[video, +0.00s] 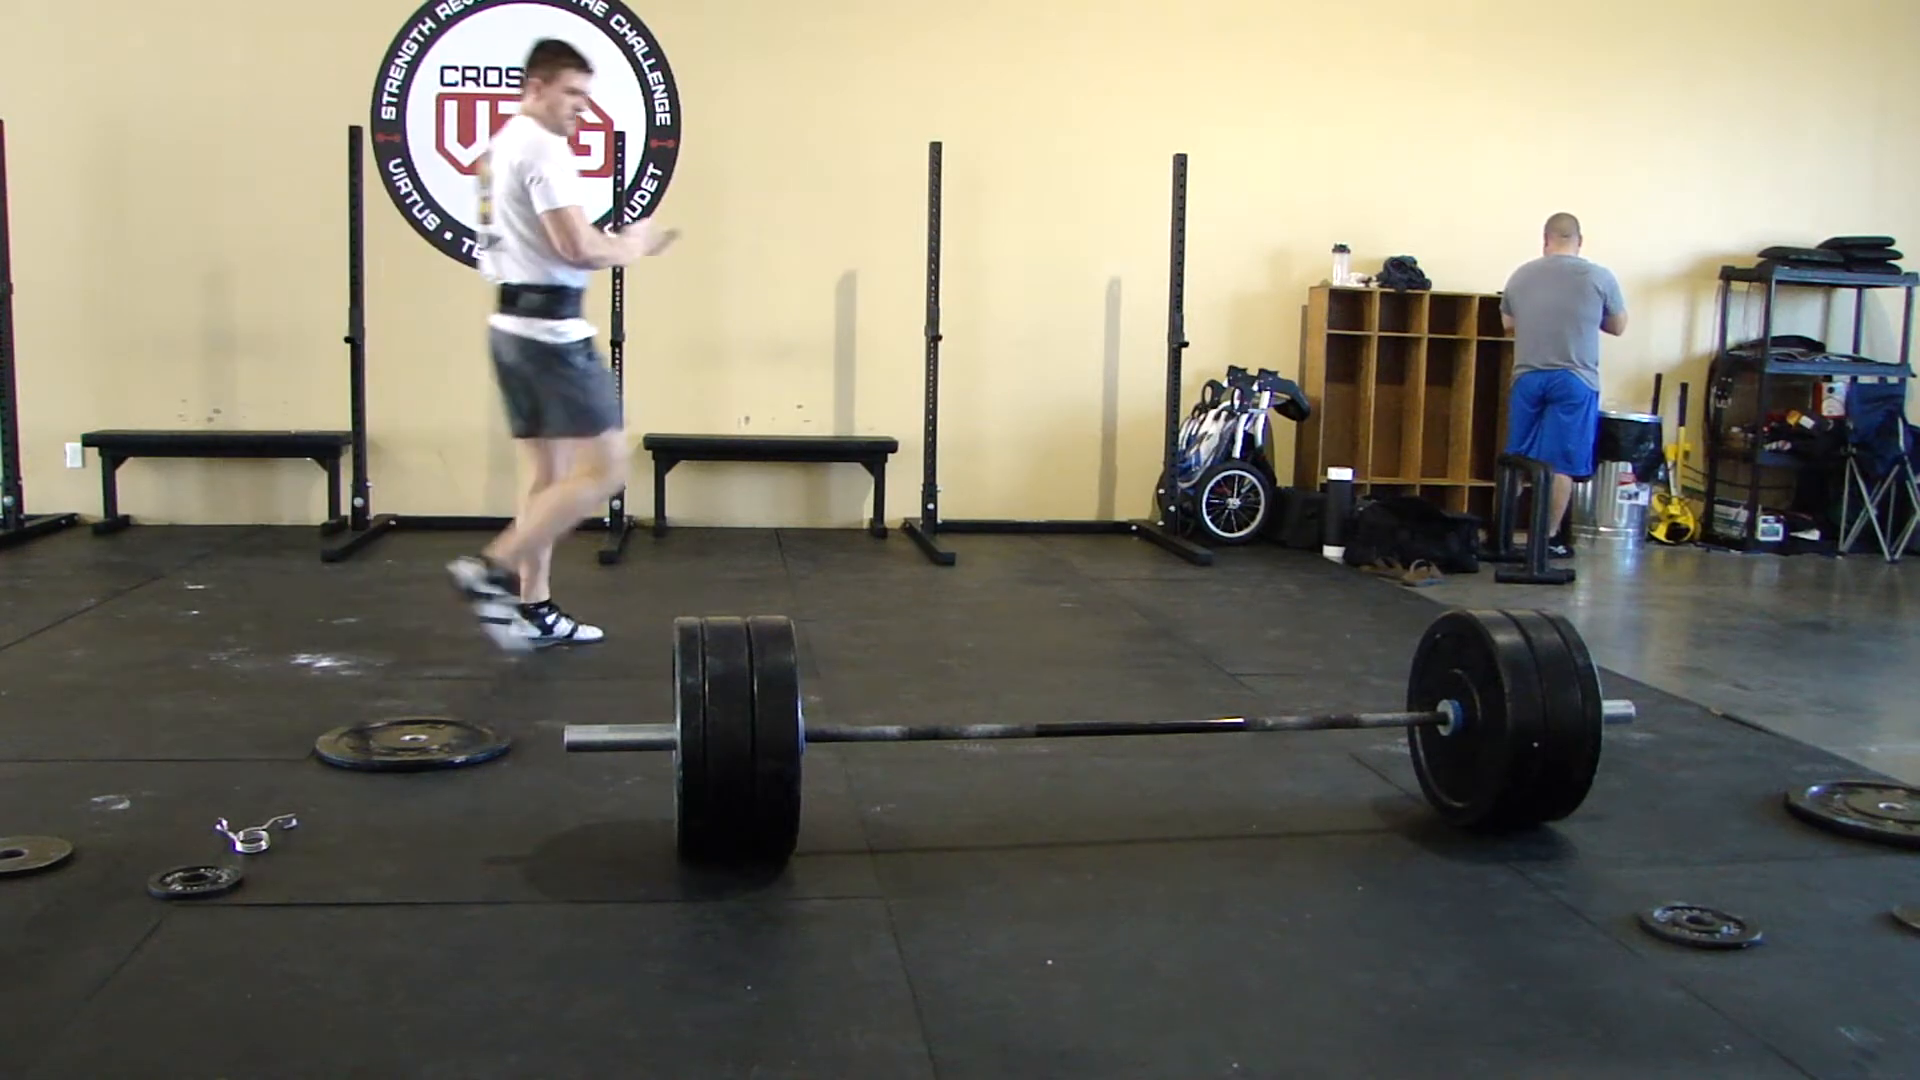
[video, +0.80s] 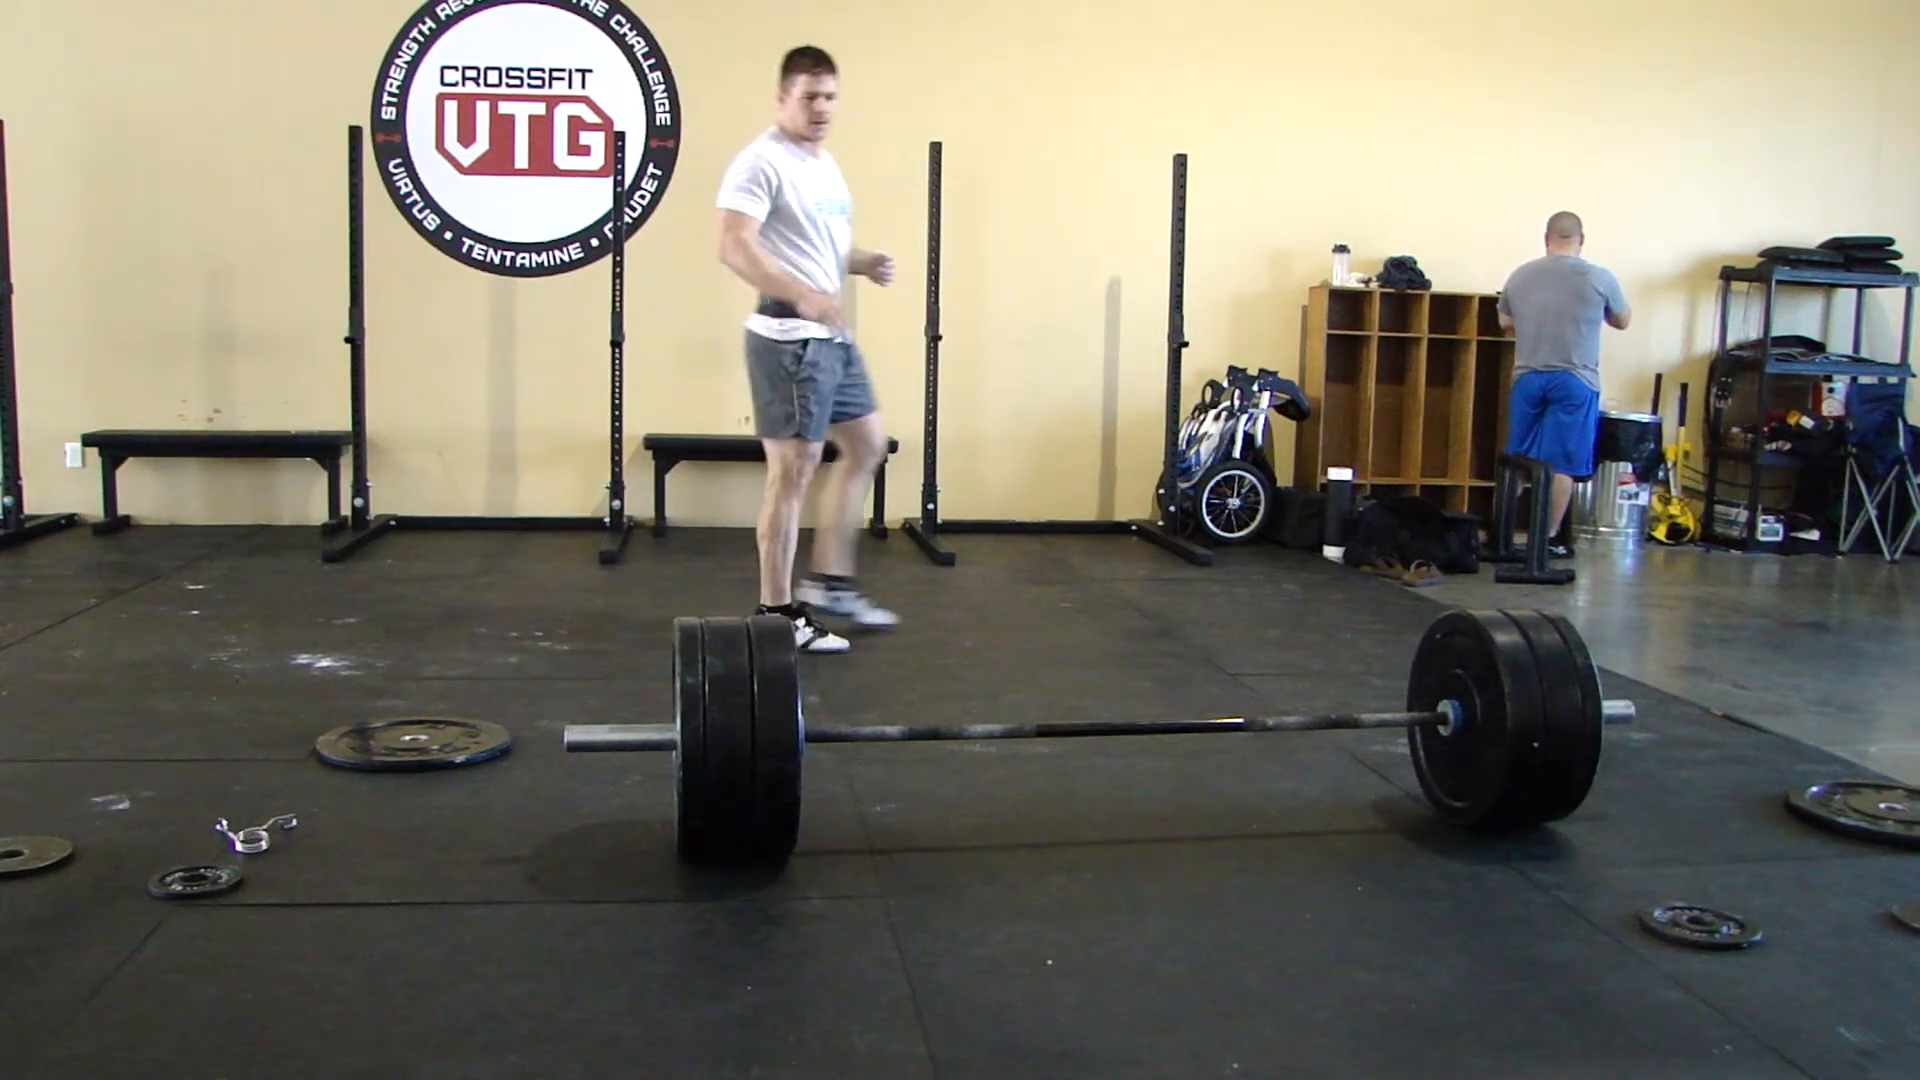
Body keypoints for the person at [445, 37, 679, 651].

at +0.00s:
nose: (581, 109)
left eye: (584, 98)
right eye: (573, 95)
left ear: (536, 93)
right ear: (536, 87)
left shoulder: (509, 140)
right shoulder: (539, 148)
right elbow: (579, 247)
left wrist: (605, 239)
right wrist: (636, 246)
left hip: (515, 328)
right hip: (553, 333)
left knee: (546, 470)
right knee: (606, 472)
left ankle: (534, 608)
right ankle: (493, 566)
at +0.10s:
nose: (612, 105)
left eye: (616, 95)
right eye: (604, 92)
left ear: (583, 93)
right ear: (565, 86)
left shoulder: (559, 144)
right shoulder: (561, 143)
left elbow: (587, 242)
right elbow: (583, 238)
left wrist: (653, 241)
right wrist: (643, 264)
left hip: (547, 324)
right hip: (583, 328)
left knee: (558, 461)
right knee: (650, 456)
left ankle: (535, 606)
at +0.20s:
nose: (644, 110)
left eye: (650, 99)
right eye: (633, 98)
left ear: (649, 99)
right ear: (597, 94)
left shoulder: (608, 156)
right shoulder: (587, 151)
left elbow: (619, 247)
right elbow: (585, 240)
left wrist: (684, 248)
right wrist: (650, 305)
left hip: (581, 323)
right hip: (609, 326)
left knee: (571, 462)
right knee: (672, 456)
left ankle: (535, 606)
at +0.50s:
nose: (748, 117)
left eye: (755, 107)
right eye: (737, 105)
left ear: (758, 109)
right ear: (706, 104)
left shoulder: (724, 169)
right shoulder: (697, 165)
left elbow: (720, 256)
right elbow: (664, 257)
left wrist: (776, 264)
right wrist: (645, 348)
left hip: (707, 339)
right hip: (727, 341)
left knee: (698, 465)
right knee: (772, 473)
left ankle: (597, 563)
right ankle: (777, 613)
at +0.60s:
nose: (776, 110)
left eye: (784, 100)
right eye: (765, 98)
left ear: (789, 104)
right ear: (736, 99)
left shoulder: (761, 167)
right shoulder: (723, 162)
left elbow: (756, 254)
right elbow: (698, 254)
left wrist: (805, 262)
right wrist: (703, 346)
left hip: (769, 328)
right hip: (747, 330)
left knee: (769, 460)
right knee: (777, 469)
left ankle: (670, 545)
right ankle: (777, 613)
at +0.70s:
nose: (800, 108)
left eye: (808, 97)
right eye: (788, 97)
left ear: (814, 100)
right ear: (760, 96)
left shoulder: (792, 166)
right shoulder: (745, 158)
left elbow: (785, 257)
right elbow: (718, 250)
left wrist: (833, 262)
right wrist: (768, 328)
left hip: (799, 330)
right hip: (765, 331)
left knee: (830, 441)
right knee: (779, 472)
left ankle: (744, 556)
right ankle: (778, 613)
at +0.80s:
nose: (822, 108)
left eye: (830, 97)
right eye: (810, 97)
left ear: (836, 101)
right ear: (782, 98)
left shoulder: (824, 165)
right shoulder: (760, 161)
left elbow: (818, 251)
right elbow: (734, 247)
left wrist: (861, 263)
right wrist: (802, 295)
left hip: (831, 336)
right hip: (787, 341)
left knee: (865, 447)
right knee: (791, 470)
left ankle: (830, 583)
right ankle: (775, 613)